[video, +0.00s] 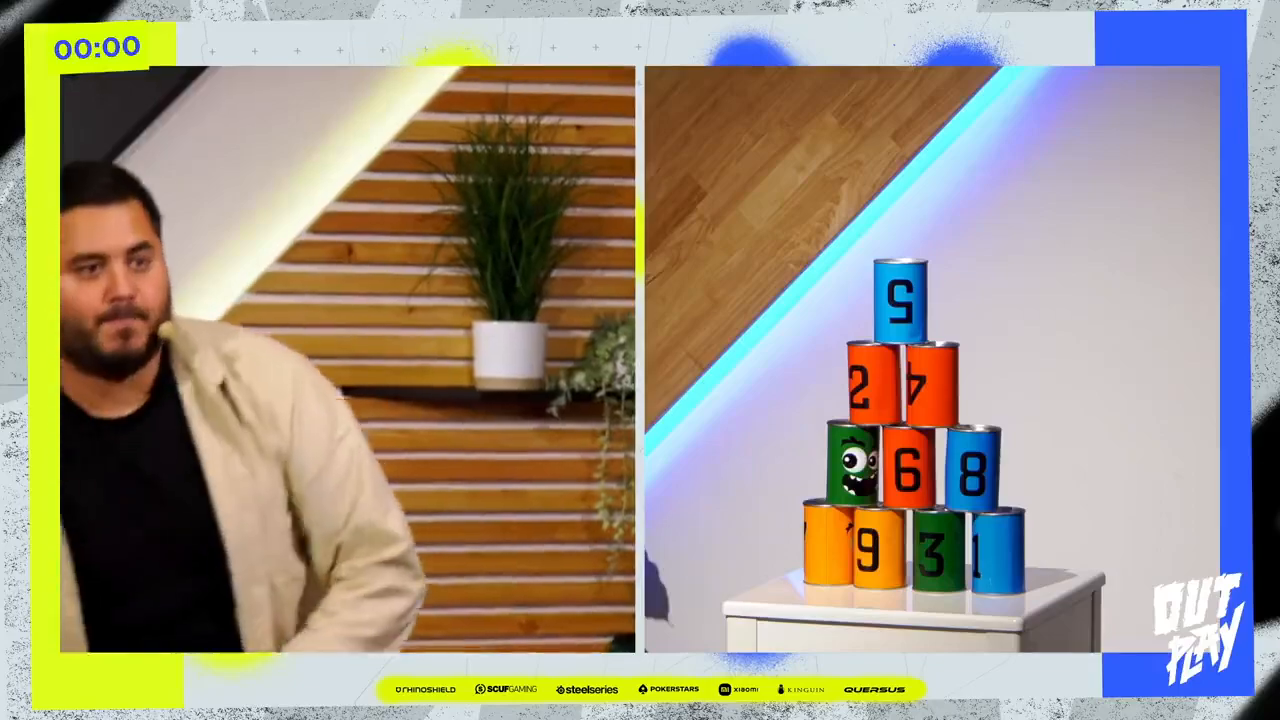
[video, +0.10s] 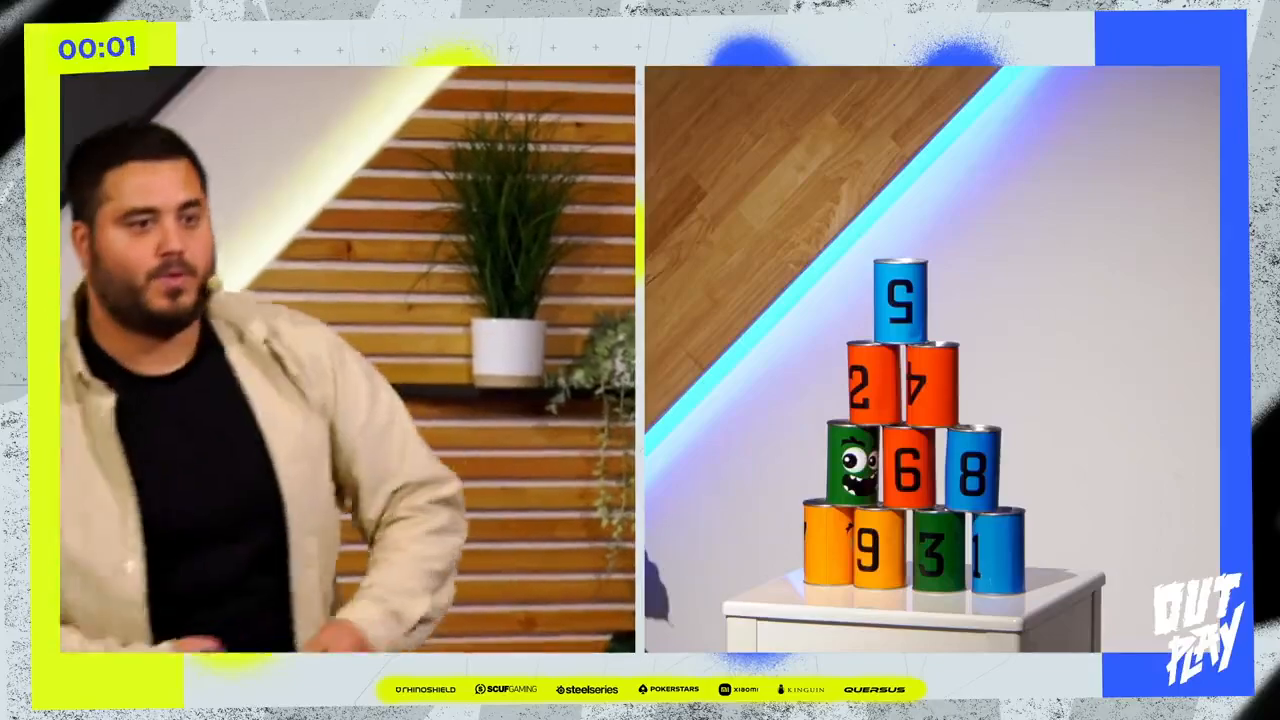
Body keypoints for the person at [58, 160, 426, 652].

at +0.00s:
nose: (122, 290)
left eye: (139, 260)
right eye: (88, 268)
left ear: (163, 262)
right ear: (40, 284)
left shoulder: (267, 382)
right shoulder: (6, 425)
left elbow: (384, 572)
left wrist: (276, 705)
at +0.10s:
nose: (175, 247)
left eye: (189, 218)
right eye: (140, 223)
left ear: (210, 225)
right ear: (83, 242)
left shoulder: (298, 352)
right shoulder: (28, 389)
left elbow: (424, 502)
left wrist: (364, 629)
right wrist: (143, 668)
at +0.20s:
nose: (225, 222)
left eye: (238, 194)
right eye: (191, 198)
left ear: (256, 204)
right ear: (132, 219)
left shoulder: (325, 342)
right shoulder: (69, 376)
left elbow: (419, 484)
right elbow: (50, 597)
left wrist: (450, 597)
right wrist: (236, 614)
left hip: (323, 700)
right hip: (146, 705)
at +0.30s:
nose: (271, 220)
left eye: (282, 195)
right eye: (237, 198)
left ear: (298, 205)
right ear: (176, 220)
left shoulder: (315, 340)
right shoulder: (132, 361)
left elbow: (405, 518)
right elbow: (128, 561)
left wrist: (478, 660)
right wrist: (334, 557)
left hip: (345, 687)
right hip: (197, 695)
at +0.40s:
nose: (300, 232)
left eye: (310, 208)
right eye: (267, 210)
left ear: (326, 222)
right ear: (204, 233)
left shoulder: (316, 360)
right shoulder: (162, 360)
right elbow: (189, 515)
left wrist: (421, 662)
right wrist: (401, 521)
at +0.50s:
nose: (310, 237)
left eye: (320, 213)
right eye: (277, 215)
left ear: (335, 226)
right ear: (214, 235)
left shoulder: (291, 370)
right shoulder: (184, 352)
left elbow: (269, 583)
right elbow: (216, 486)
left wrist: (413, 576)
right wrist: (415, 526)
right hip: (152, 694)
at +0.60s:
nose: (292, 241)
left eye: (303, 219)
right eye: (260, 221)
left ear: (317, 230)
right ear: (198, 240)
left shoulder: (265, 363)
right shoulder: (174, 353)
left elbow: (300, 491)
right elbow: (175, 485)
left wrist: (387, 412)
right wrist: (335, 562)